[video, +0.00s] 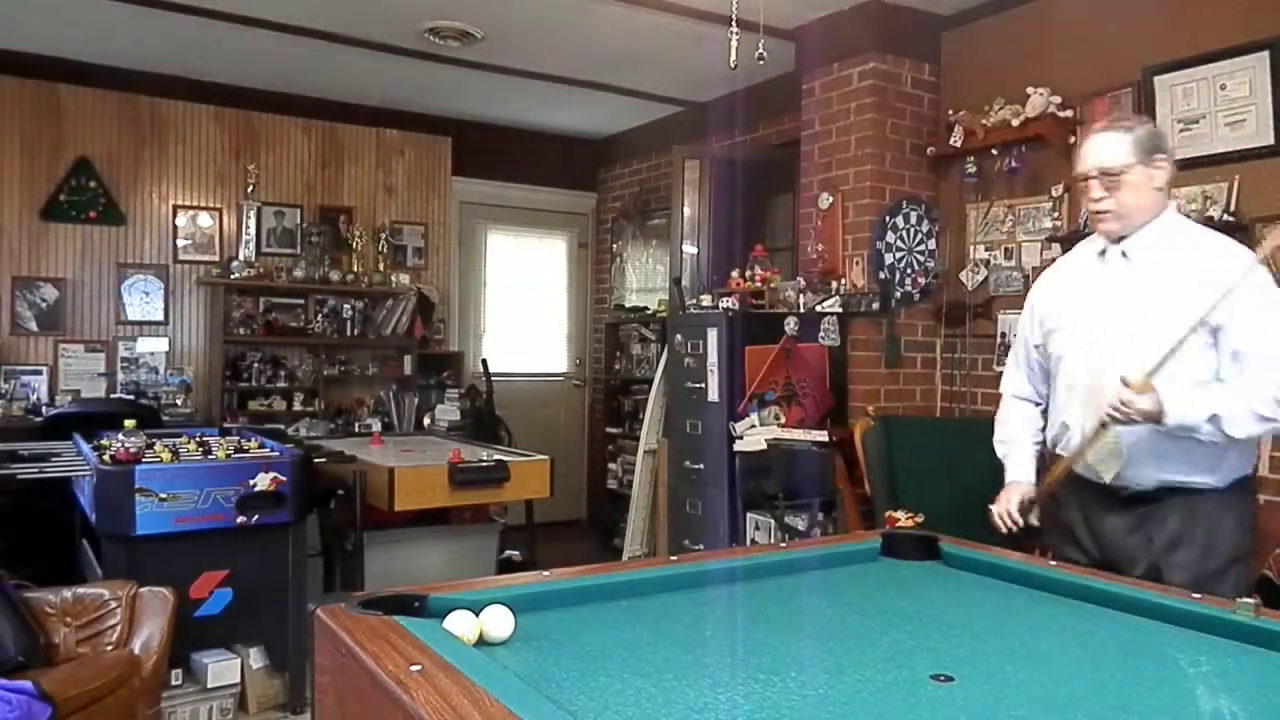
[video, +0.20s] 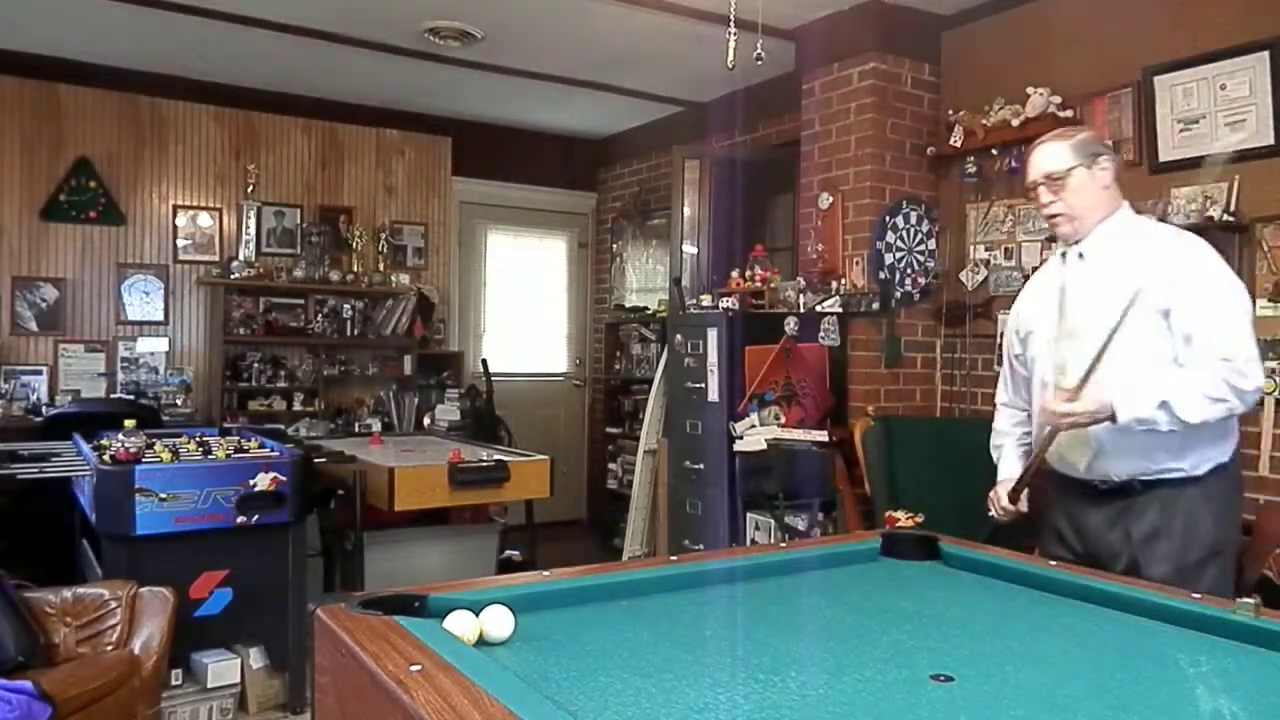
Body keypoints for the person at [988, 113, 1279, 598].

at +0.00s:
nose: (1094, 195)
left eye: (1111, 178)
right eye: (1084, 182)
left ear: (1159, 173)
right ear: (1074, 188)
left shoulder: (1228, 269)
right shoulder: (1057, 281)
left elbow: (1267, 400)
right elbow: (1021, 392)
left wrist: (1168, 407)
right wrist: (1019, 476)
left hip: (1192, 523)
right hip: (1078, 516)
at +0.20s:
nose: (1043, 201)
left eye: (1055, 182)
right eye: (1034, 191)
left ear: (1104, 172)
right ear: (1030, 197)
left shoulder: (1183, 260)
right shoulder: (1037, 291)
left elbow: (1237, 378)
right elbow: (1014, 398)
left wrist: (1117, 404)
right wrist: (1011, 471)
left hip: (1176, 510)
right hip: (1069, 508)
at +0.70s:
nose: (1005, 199)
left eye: (1017, 180)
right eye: (998, 188)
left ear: (1066, 175)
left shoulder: (1130, 252)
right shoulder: (1023, 281)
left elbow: (1200, 381)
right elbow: (1031, 383)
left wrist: (1106, 456)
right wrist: (1003, 450)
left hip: (1130, 505)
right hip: (1041, 502)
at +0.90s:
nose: (1015, 200)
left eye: (1031, 183)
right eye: (1010, 186)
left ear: (1081, 182)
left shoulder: (1125, 267)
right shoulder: (1034, 266)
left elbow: (1164, 419)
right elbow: (1040, 377)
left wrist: (1059, 480)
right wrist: (994, 435)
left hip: (1108, 510)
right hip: (1019, 497)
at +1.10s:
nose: (998, 194)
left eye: (1014, 178)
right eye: (993, 181)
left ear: (1063, 179)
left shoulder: (1101, 263)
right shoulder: (1014, 260)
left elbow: (1126, 415)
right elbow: (1020, 373)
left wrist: (1022, 470)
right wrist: (972, 431)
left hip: (1081, 504)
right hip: (999, 495)